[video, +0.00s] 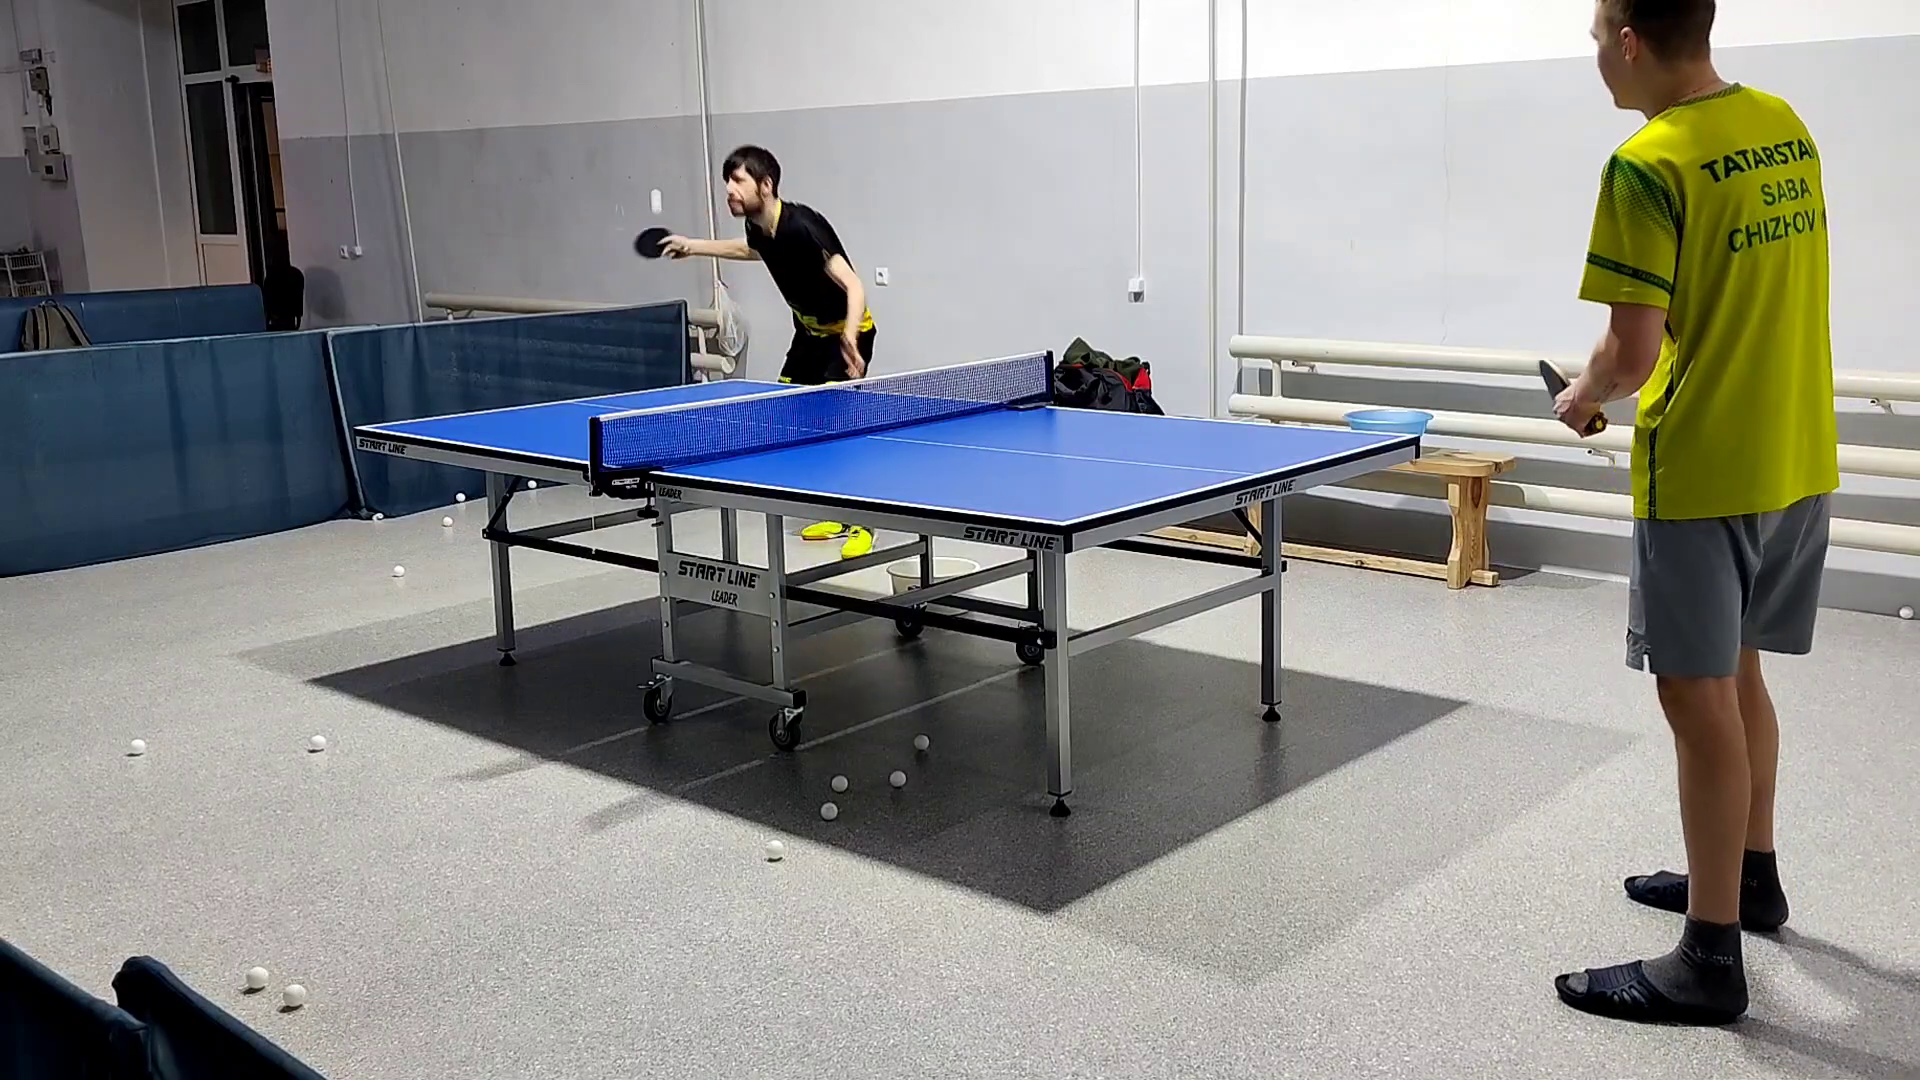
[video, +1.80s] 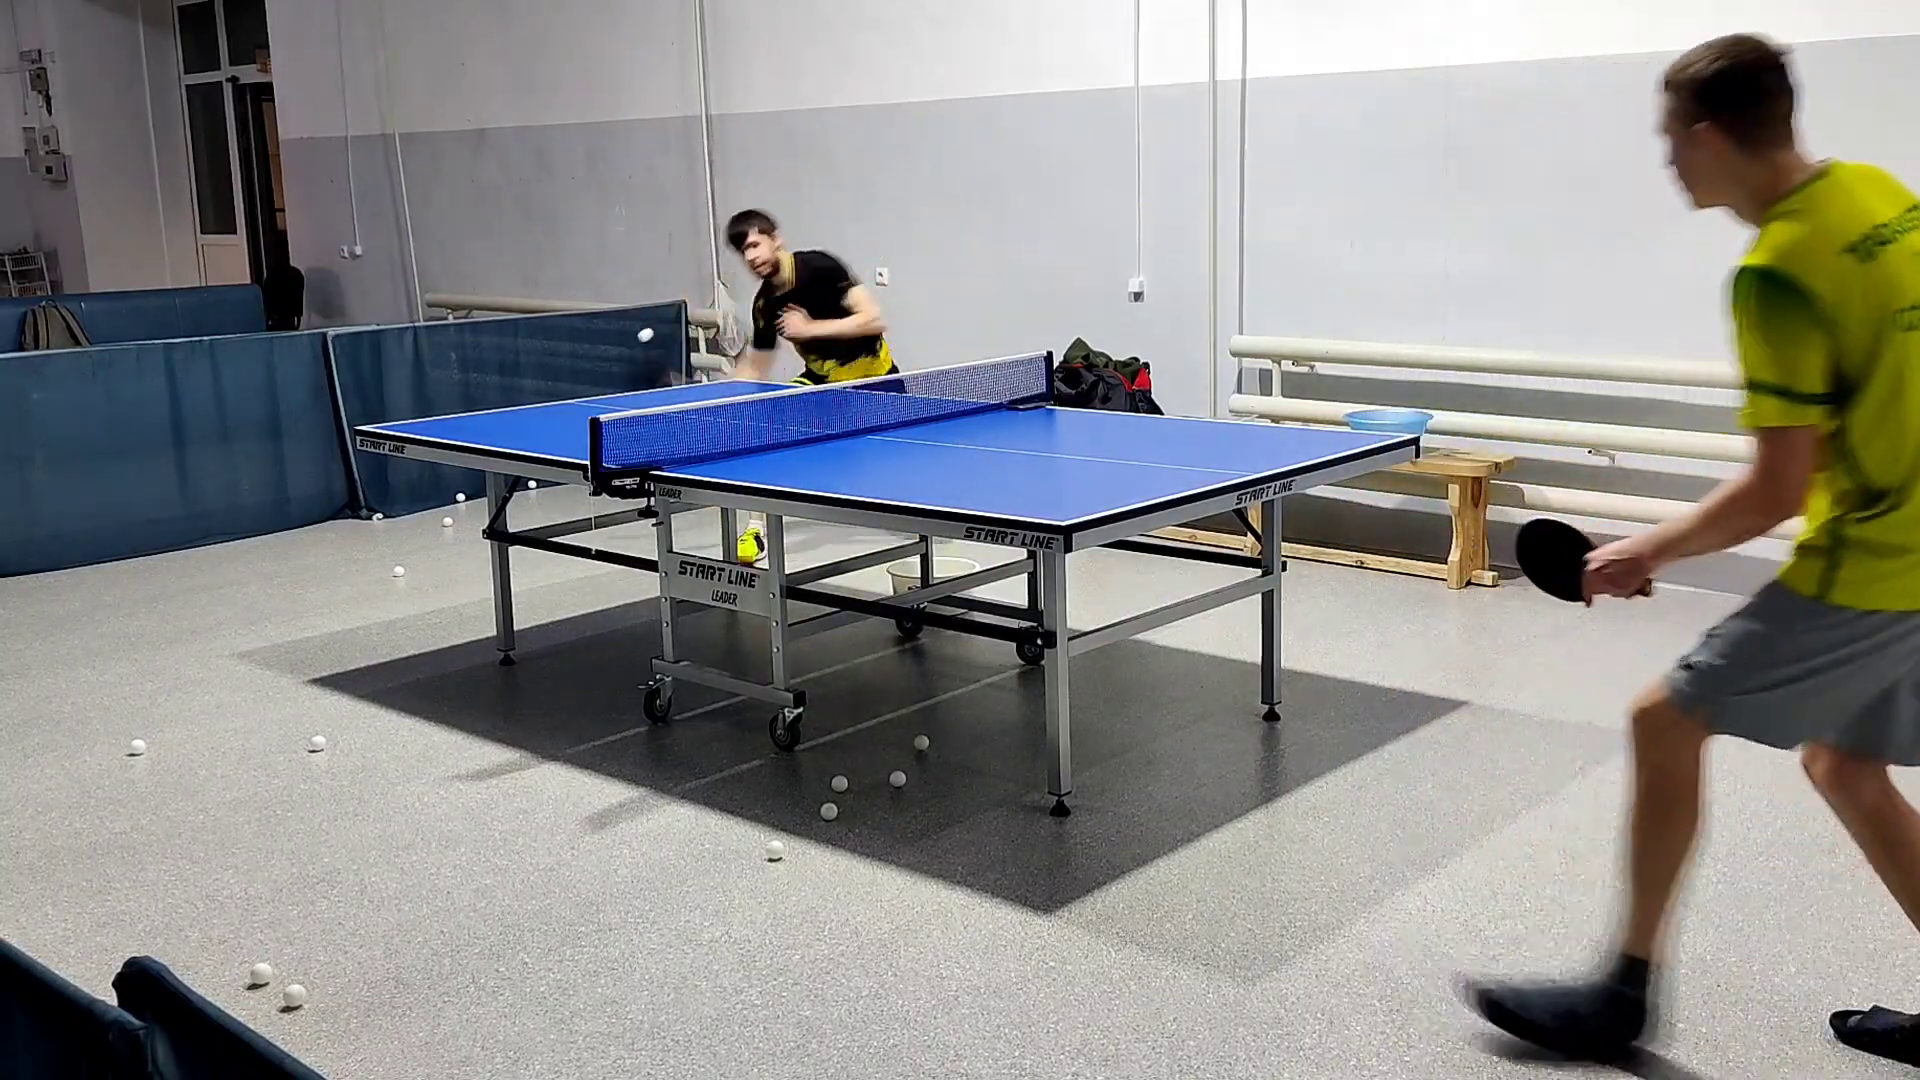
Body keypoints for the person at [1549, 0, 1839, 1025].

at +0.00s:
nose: (1597, 61)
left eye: (1598, 41)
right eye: (1597, 40)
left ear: (1630, 41)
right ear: (1699, 31)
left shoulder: (1647, 162)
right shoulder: (1781, 123)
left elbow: (1633, 346)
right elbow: (1767, 287)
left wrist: (1586, 394)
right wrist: (1639, 360)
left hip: (1699, 473)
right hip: (1799, 459)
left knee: (1699, 702)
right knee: (1738, 670)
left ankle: (1708, 963)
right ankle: (1750, 873)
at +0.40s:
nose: (1559, 113)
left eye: (1559, 93)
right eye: (1555, 94)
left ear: (1597, 83)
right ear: (1645, 73)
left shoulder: (1671, 195)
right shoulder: (1724, 148)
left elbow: (1669, 395)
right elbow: (1730, 345)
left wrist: (1544, 470)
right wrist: (1591, 450)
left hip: (1695, 480)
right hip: (1757, 466)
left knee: (1568, 666)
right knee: (1676, 652)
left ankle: (1602, 941)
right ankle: (1750, 877)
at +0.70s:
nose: (1463, 162)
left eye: (1467, 139)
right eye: (1456, 141)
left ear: (1517, 120)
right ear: (1528, 119)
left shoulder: (1624, 220)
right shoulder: (1584, 198)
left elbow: (1625, 418)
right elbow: (1613, 387)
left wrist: (1491, 489)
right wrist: (1512, 480)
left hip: (1641, 504)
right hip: (1655, 492)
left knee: (1510, 685)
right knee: (1650, 674)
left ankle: (1515, 954)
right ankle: (1746, 878)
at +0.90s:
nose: (1356, 228)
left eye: (1359, 206)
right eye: (1349, 208)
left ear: (1414, 186)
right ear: (1426, 182)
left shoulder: (1509, 273)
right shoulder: (1537, 210)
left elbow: (1476, 468)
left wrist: (1328, 518)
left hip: (1604, 517)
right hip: (1667, 489)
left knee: (1439, 696)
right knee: (1631, 680)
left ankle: (1509, 956)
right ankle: (1741, 876)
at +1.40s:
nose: (1405, 219)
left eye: (1405, 199)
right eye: (1400, 200)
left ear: (1438, 190)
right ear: (1492, 169)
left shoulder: (1473, 313)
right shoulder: (1613, 206)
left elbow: (1476, 482)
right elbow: (1650, 354)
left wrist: (1438, 474)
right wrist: (1525, 429)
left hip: (1648, 541)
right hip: (1766, 512)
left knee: (1471, 694)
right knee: (1725, 710)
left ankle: (1509, 955)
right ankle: (1890, 935)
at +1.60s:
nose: (1545, 190)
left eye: (1548, 167)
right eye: (1542, 168)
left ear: (1585, 157)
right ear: (1639, 144)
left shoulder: (1625, 287)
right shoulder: (1754, 201)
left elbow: (1628, 492)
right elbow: (1806, 373)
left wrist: (1558, 535)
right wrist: (1664, 470)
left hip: (1751, 559)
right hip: (1864, 536)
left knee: (1555, 703)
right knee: (1797, 758)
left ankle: (1519, 957)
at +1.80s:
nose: (1672, 168)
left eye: (1678, 145)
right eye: (1670, 147)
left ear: (1727, 135)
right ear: (1766, 127)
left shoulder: (1778, 270)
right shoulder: (1878, 192)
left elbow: (1777, 487)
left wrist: (1644, 550)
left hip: (1868, 569)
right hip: (1919, 557)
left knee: (1667, 721)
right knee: (1847, 766)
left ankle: (1624, 995)